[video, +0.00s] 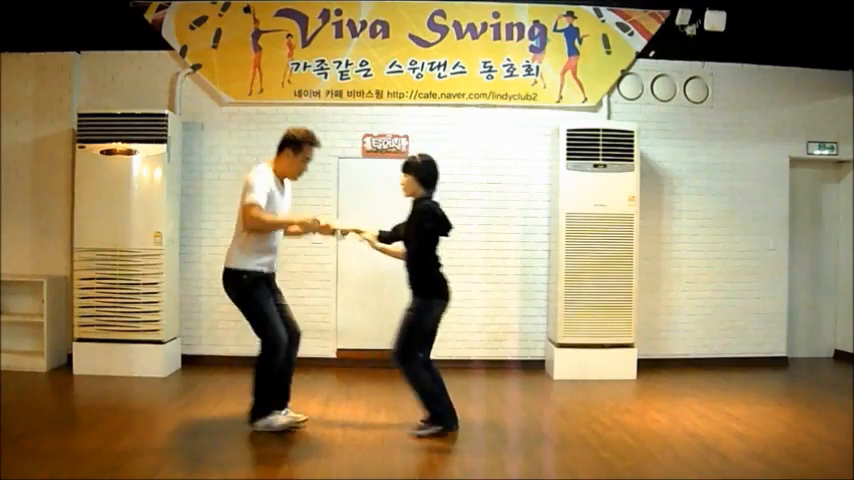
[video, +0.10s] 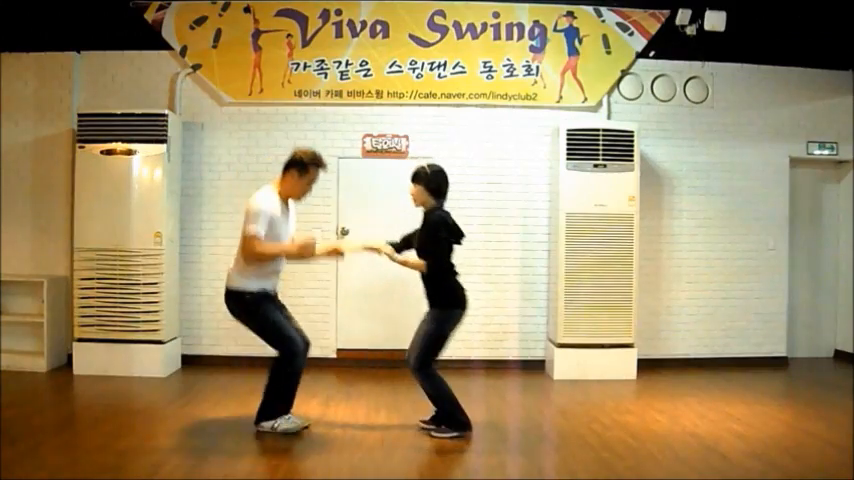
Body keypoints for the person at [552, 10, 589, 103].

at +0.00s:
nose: (566, 19)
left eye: (568, 18)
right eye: (566, 18)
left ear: (571, 18)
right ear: (569, 19)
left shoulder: (567, 29)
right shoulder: (576, 29)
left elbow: (555, 30)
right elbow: (579, 43)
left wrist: (556, 19)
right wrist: (582, 37)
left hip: (572, 54)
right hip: (575, 54)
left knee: (562, 72)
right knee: (574, 75)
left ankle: (559, 95)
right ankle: (584, 95)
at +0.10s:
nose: (566, 19)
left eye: (568, 18)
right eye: (566, 18)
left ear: (571, 19)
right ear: (569, 19)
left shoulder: (567, 29)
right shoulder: (576, 29)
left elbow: (555, 30)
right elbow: (579, 42)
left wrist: (557, 19)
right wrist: (582, 37)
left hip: (572, 54)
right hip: (575, 54)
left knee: (562, 72)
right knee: (574, 75)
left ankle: (559, 95)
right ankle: (584, 95)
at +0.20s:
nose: (566, 20)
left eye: (568, 18)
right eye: (566, 18)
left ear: (571, 19)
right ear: (569, 19)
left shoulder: (567, 29)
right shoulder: (576, 29)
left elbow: (555, 30)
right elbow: (579, 43)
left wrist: (557, 19)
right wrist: (582, 37)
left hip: (572, 54)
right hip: (575, 54)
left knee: (562, 72)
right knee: (574, 75)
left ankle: (559, 95)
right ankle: (584, 95)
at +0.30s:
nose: (566, 19)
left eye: (568, 18)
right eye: (566, 18)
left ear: (571, 19)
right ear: (569, 19)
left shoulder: (567, 29)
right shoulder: (576, 29)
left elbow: (555, 30)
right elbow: (580, 42)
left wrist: (557, 19)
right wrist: (582, 37)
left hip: (572, 54)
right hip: (575, 53)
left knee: (562, 72)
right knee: (574, 74)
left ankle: (559, 95)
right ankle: (584, 95)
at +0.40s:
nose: (567, 20)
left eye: (568, 18)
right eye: (566, 18)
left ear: (572, 19)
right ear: (568, 19)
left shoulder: (567, 29)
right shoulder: (576, 29)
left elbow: (555, 30)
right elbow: (580, 42)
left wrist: (557, 19)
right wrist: (582, 37)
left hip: (572, 54)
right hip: (575, 54)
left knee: (562, 72)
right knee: (574, 74)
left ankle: (559, 95)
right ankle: (584, 95)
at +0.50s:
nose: (567, 20)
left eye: (568, 18)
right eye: (566, 18)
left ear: (571, 19)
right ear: (568, 19)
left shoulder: (567, 29)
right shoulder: (576, 29)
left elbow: (555, 30)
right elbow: (580, 43)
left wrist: (557, 19)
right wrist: (582, 37)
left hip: (572, 54)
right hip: (575, 53)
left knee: (562, 73)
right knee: (574, 75)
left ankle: (559, 95)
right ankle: (584, 95)